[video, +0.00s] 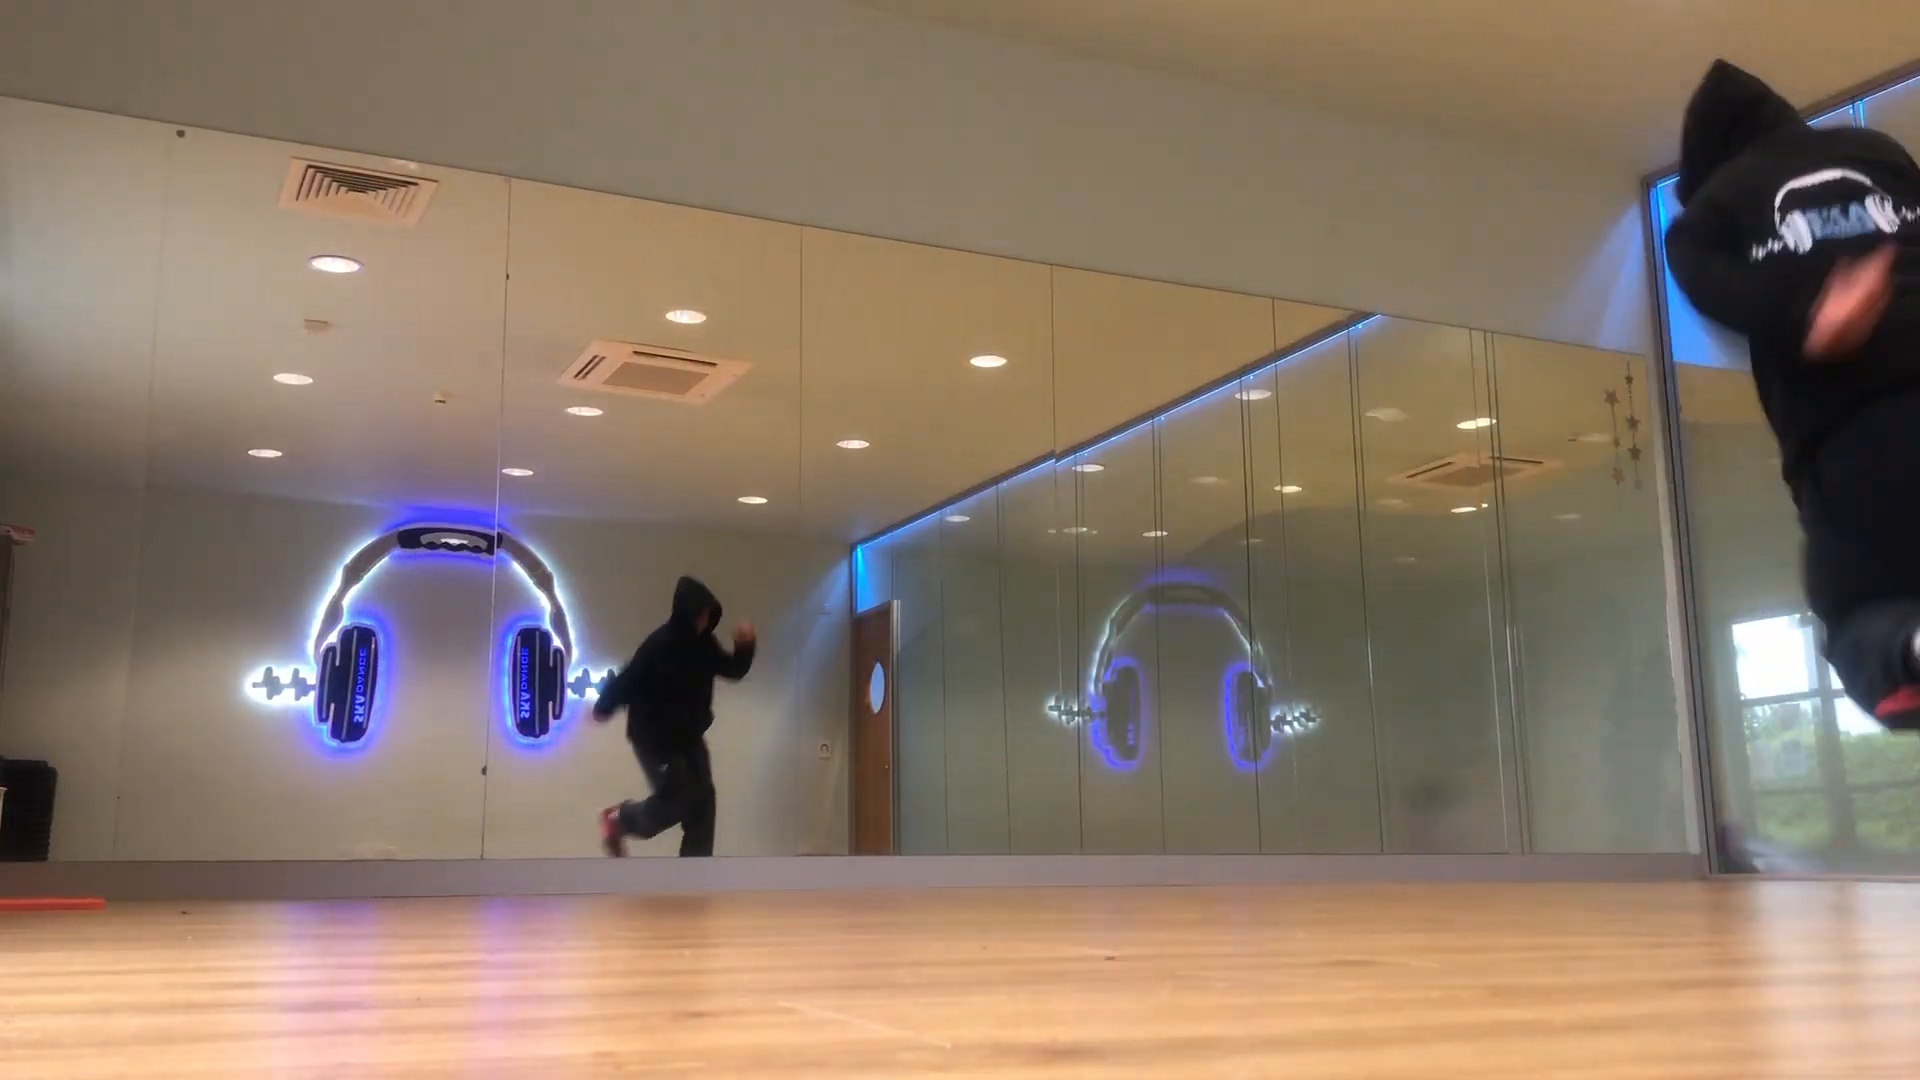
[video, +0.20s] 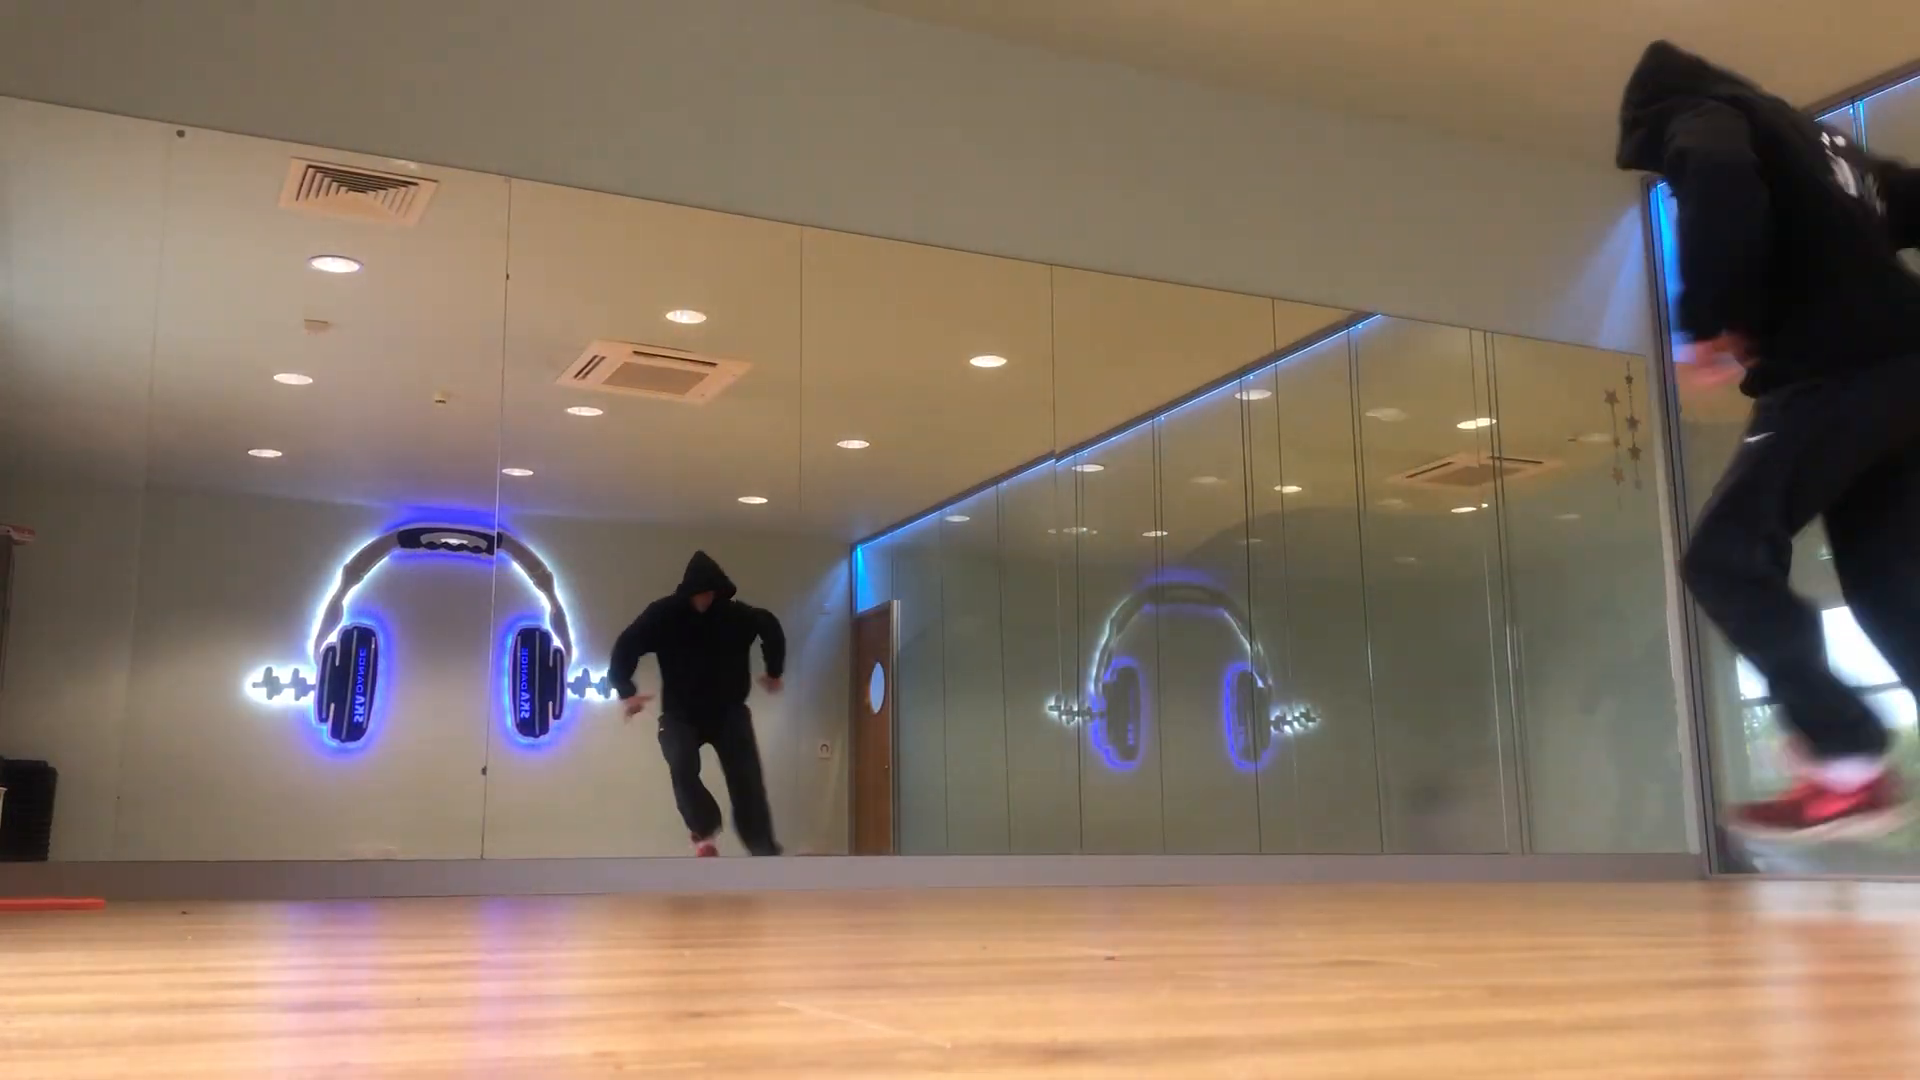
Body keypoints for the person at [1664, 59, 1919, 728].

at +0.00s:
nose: (1691, 176)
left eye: (1694, 161)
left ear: (1710, 141)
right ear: (1777, 113)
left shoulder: (1717, 198)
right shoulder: (1880, 149)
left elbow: (1705, 274)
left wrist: (1804, 301)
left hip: (1850, 425)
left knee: (1859, 608)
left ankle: (1900, 653)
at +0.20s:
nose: (1650, 153)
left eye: (1648, 139)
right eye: (1646, 145)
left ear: (1658, 114)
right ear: (1709, 89)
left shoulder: (1691, 116)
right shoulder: (1801, 131)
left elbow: (1719, 178)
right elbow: (1910, 195)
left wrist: (1703, 322)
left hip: (1835, 375)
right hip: (1896, 364)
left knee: (1724, 555)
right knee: (1886, 580)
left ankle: (1847, 760)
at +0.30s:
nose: (1636, 221)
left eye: (1632, 203)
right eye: (1626, 209)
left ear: (1656, 175)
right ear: (1678, 158)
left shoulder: (1728, 191)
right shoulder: (1757, 185)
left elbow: (1725, 288)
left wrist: (1647, 342)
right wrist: (1670, 340)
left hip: (1859, 441)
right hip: (1885, 440)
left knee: (1720, 597)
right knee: (1888, 648)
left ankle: (1695, 817)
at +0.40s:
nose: (1600, 299)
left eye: (1597, 281)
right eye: (1591, 285)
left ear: (1623, 257)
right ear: (1647, 236)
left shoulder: (1704, 285)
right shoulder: (1733, 270)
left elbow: (1685, 433)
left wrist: (1635, 412)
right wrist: (1656, 402)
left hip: (1840, 508)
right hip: (1888, 504)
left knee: (1688, 622)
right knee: (1891, 700)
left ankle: (1651, 841)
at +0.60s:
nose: (1483, 257)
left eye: (1484, 241)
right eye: (1482, 245)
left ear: (1499, 219)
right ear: (1551, 197)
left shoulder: (1520, 256)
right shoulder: (1641, 242)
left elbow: (1506, 377)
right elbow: (1765, 288)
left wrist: (1487, 457)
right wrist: (1871, 342)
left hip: (1689, 448)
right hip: (1776, 431)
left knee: (1600, 631)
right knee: (1751, 639)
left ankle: (1647, 848)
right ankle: (1915, 722)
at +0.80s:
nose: (1468, 173)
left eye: (1469, 162)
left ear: (1476, 157)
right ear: (1555, 146)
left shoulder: (1464, 208)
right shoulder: (1624, 201)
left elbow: (1443, 275)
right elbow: (1720, 307)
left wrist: (1428, 377)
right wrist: (1635, 344)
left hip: (1521, 430)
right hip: (1647, 423)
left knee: (1483, 611)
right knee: (1665, 622)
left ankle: (1468, 816)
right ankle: (1663, 816)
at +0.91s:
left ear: (1466, 181)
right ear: (1547, 176)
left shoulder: (1429, 232)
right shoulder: (1592, 228)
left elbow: (1385, 308)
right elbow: (1656, 332)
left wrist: (1390, 416)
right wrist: (1625, 413)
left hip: (1452, 443)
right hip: (1577, 438)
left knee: (1430, 640)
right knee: (1599, 638)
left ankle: (1392, 842)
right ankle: (1657, 837)